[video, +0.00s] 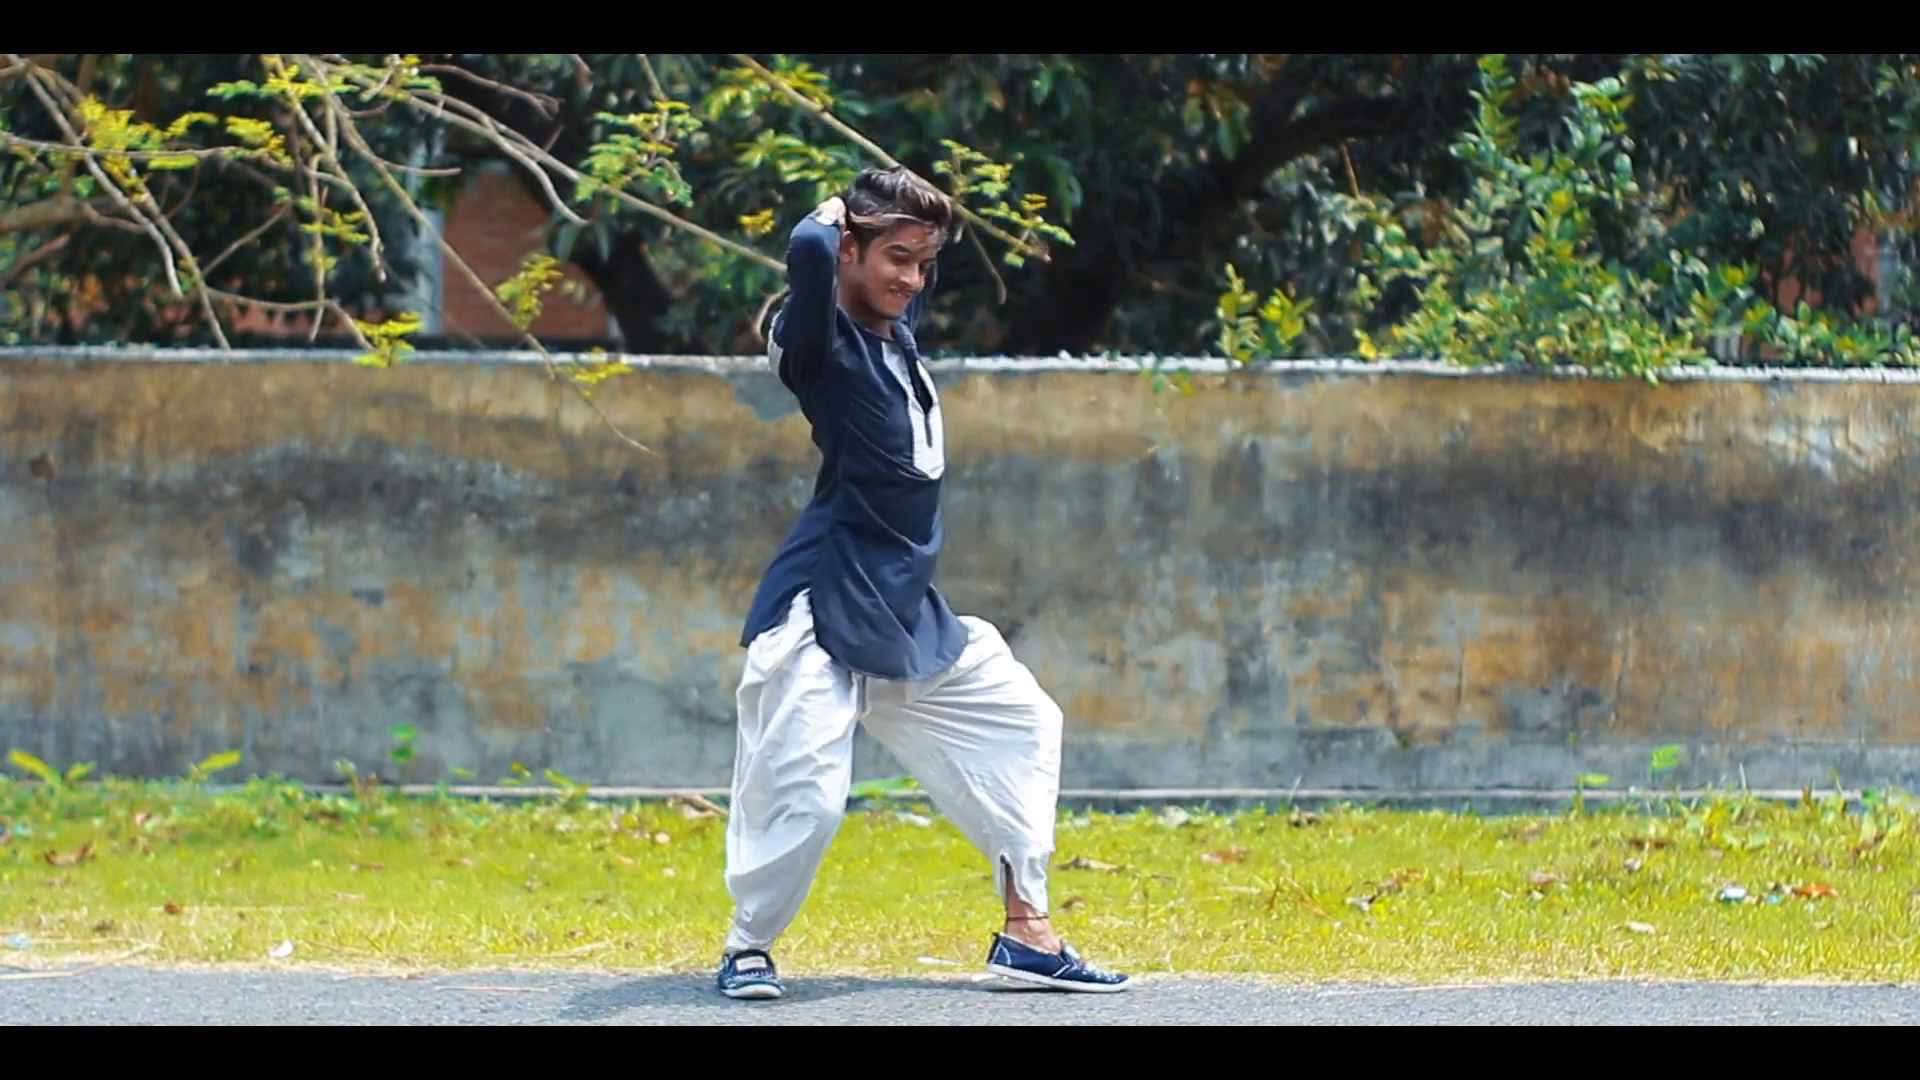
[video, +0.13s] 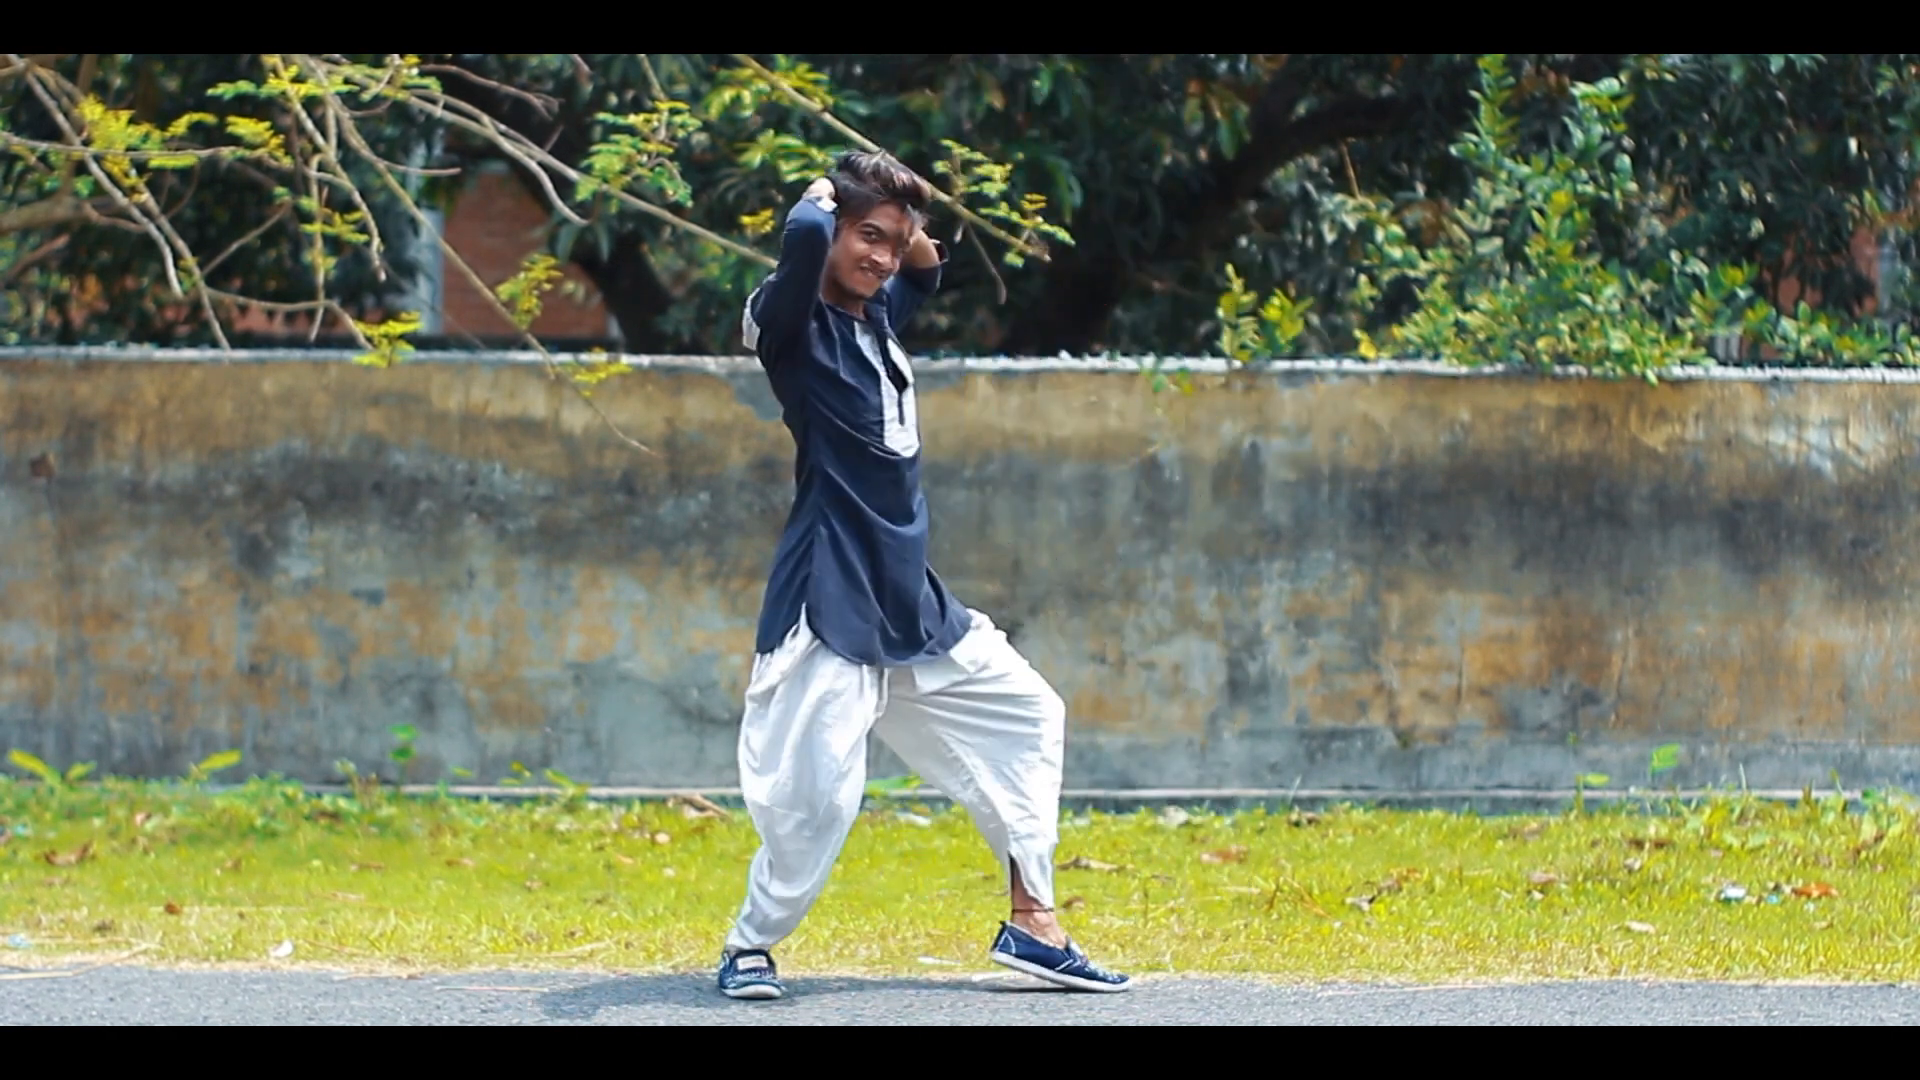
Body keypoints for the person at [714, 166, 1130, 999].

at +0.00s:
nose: (913, 280)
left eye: (925, 265)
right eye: (899, 260)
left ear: (930, 264)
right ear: (851, 254)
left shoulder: (892, 332)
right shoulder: (823, 344)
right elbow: (811, 262)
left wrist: (846, 208)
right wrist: (826, 222)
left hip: (907, 604)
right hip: (824, 597)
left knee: (1027, 723)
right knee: (805, 787)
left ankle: (1026, 930)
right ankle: (748, 949)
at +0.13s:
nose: (883, 258)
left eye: (897, 244)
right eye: (870, 237)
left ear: (904, 255)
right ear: (830, 235)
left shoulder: (874, 314)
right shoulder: (792, 319)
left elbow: (917, 275)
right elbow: (806, 239)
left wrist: (903, 232)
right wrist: (818, 198)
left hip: (909, 590)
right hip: (831, 589)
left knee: (1032, 718)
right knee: (818, 789)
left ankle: (1033, 924)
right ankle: (750, 947)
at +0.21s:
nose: (870, 228)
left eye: (884, 215)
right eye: (859, 208)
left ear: (894, 219)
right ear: (821, 199)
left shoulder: (867, 277)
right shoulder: (777, 279)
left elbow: (932, 253)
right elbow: (814, 183)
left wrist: (902, 195)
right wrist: (828, 149)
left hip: (926, 545)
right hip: (849, 552)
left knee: (1028, 710)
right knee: (816, 768)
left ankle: (1036, 917)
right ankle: (747, 940)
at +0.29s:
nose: (865, 219)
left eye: (880, 208)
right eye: (855, 200)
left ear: (887, 213)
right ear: (816, 188)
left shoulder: (862, 276)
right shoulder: (770, 272)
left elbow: (941, 256)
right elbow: (811, 178)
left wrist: (890, 186)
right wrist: (820, 152)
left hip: (947, 527)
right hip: (868, 543)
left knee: (1021, 713)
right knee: (835, 761)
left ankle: (1039, 912)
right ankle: (751, 929)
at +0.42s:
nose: (860, 236)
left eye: (872, 222)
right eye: (846, 218)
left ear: (878, 230)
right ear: (798, 218)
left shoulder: (874, 300)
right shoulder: (775, 304)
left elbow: (931, 259)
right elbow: (771, 202)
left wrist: (879, 197)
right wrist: (803, 182)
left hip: (932, 573)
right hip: (846, 580)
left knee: (1056, 713)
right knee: (832, 790)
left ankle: (1039, 921)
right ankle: (746, 944)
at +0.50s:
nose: (863, 255)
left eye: (873, 240)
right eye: (845, 238)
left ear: (878, 250)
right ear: (797, 249)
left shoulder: (885, 327)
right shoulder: (777, 340)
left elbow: (955, 293)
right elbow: (757, 243)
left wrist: (878, 229)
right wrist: (787, 224)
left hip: (922, 599)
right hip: (833, 599)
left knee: (1054, 724)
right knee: (826, 792)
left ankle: (1031, 936)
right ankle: (748, 948)